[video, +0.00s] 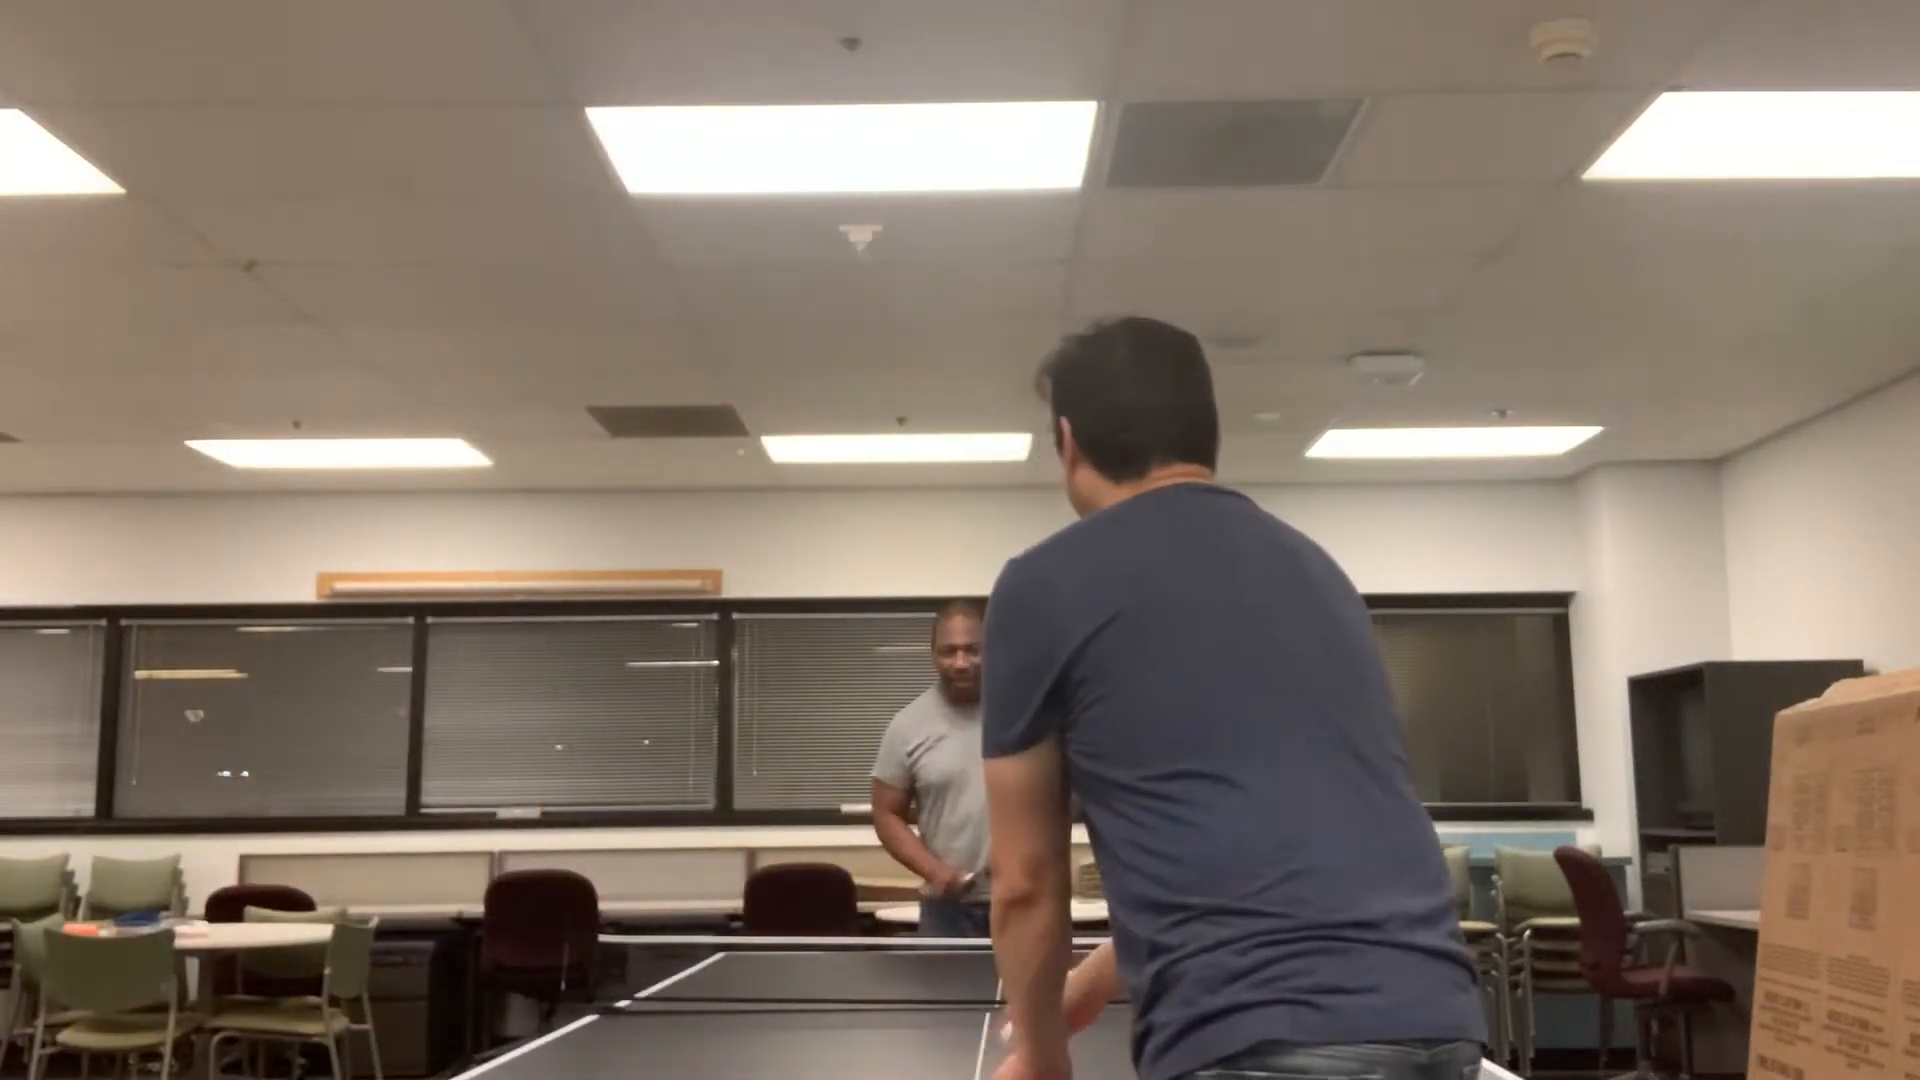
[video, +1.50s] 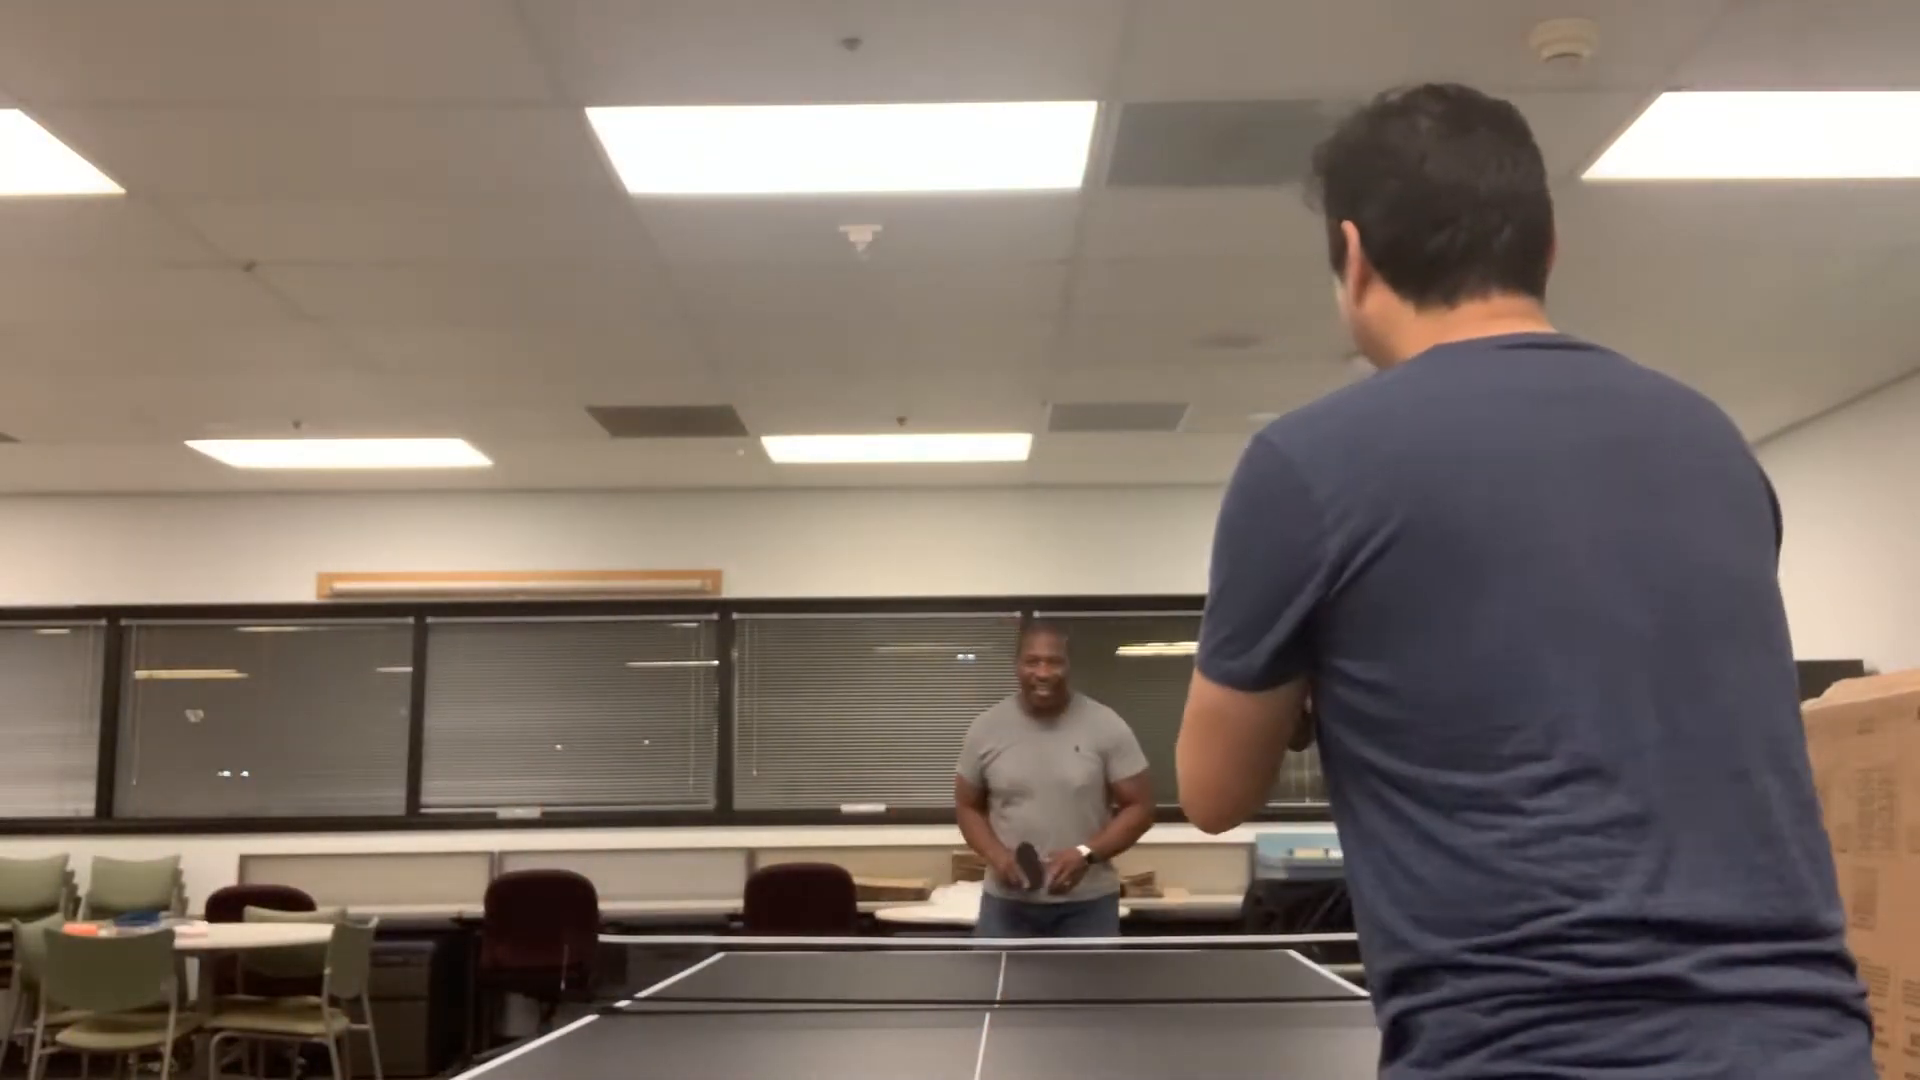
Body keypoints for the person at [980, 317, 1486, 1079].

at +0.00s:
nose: (1057, 464)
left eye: (1053, 446)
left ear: (1068, 444)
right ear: (1209, 434)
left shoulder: (1050, 582)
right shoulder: (1313, 565)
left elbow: (1024, 883)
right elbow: (1250, 842)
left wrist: (1038, 1052)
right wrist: (1083, 991)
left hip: (1257, 1036)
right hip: (1439, 1026)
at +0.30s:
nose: (1110, 405)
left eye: (1108, 385)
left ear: (1123, 384)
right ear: (1283, 384)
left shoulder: (1080, 554)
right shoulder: (1417, 569)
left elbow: (988, 878)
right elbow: (1462, 843)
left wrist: (1028, 967)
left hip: (1224, 1048)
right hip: (1453, 1046)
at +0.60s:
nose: (1155, 328)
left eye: (1149, 305)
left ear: (1166, 304)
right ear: (1351, 304)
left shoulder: (1090, 494)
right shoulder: (1520, 521)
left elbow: (999, 851)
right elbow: (1605, 845)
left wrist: (1098, 895)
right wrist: (1468, 916)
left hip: (1201, 1047)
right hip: (1481, 1052)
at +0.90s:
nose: (1224, 287)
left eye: (1220, 259)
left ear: (1241, 257)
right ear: (1436, 256)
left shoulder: (1157, 467)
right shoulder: (1600, 485)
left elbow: (1061, 816)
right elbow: (1625, 810)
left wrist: (1196, 739)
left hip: (1274, 1045)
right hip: (1565, 1050)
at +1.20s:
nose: (1309, 298)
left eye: (1303, 268)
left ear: (1323, 261)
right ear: (1518, 251)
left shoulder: (1271, 470)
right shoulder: (1688, 447)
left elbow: (1164, 795)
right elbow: (1709, 712)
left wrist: (1268, 613)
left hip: (1440, 1045)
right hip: (1739, 1042)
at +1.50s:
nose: (1337, 306)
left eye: (1330, 271)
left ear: (1354, 257)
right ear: (1549, 246)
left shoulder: (1312, 458)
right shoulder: (1711, 434)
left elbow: (1214, 792)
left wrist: (1321, 666)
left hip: (1504, 1049)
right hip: (1800, 1041)